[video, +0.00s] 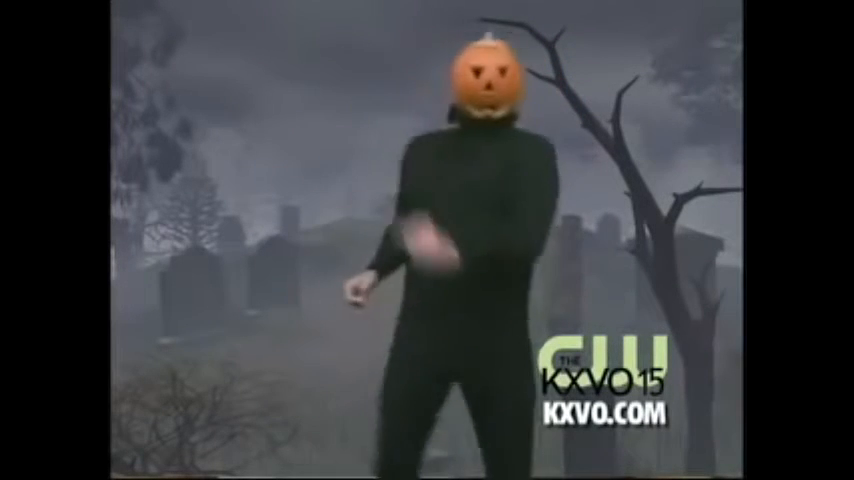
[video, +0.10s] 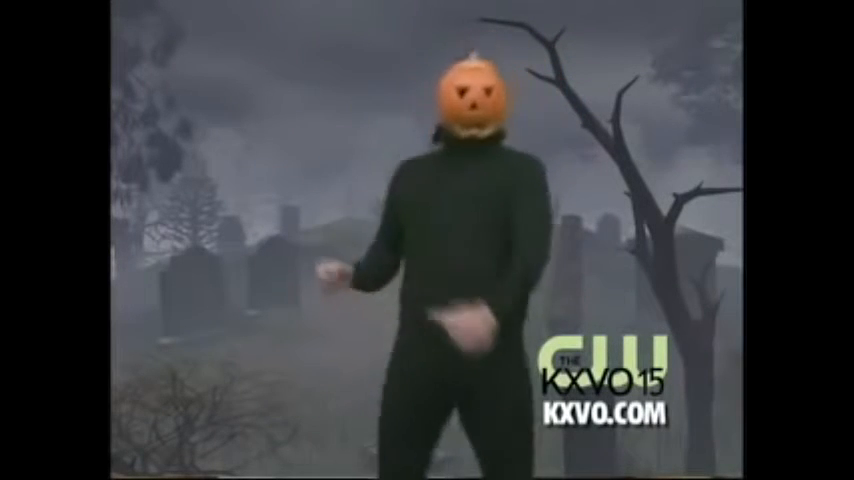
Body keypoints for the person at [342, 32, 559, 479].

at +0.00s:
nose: (488, 79)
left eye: (502, 70)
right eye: (476, 69)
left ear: (518, 84)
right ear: (456, 82)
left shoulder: (533, 153)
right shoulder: (424, 149)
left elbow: (526, 240)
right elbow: (407, 226)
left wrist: (460, 251)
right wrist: (375, 269)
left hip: (498, 338)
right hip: (423, 335)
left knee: (510, 468)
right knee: (394, 464)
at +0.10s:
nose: (474, 98)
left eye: (487, 90)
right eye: (461, 89)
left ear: (502, 103)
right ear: (442, 103)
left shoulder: (523, 172)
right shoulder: (412, 174)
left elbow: (530, 255)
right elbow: (386, 253)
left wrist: (493, 310)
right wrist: (355, 276)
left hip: (495, 357)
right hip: (420, 353)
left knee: (509, 470)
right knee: (398, 468)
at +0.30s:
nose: (444, 111)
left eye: (456, 103)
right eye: (430, 102)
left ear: (473, 119)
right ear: (411, 119)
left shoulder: (498, 189)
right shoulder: (388, 189)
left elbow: (527, 286)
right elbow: (366, 286)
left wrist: (526, 260)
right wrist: (362, 201)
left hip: (485, 371)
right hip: (410, 371)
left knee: (512, 471)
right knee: (380, 473)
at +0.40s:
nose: (431, 85)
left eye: (443, 76)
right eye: (418, 76)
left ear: (459, 91)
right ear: (400, 93)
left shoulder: (484, 160)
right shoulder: (376, 163)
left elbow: (515, 244)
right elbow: (380, 238)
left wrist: (508, 199)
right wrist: (401, 173)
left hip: (469, 345)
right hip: (397, 349)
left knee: (502, 469)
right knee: (383, 471)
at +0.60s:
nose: (409, 91)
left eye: (420, 82)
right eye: (396, 82)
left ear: (437, 93)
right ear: (376, 96)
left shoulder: (463, 158)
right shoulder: (358, 165)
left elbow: (516, 204)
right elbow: (373, 240)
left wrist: (544, 205)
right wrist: (445, 209)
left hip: (450, 342)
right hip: (384, 347)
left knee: (475, 467)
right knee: (382, 469)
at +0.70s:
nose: (415, 143)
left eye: (423, 132)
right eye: (406, 136)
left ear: (438, 124)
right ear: (383, 128)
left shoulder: (450, 167)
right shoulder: (355, 184)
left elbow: (527, 203)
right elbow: (359, 281)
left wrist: (558, 153)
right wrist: (429, 242)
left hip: (437, 346)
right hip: (377, 356)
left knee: (518, 454)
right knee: (376, 471)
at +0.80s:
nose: (424, 130)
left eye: (433, 118)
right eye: (408, 120)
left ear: (446, 122)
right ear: (383, 128)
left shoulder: (445, 179)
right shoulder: (362, 197)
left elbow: (525, 192)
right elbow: (344, 310)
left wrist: (504, 119)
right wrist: (434, 322)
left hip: (432, 350)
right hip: (375, 363)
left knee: (529, 381)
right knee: (377, 472)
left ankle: (503, 474)